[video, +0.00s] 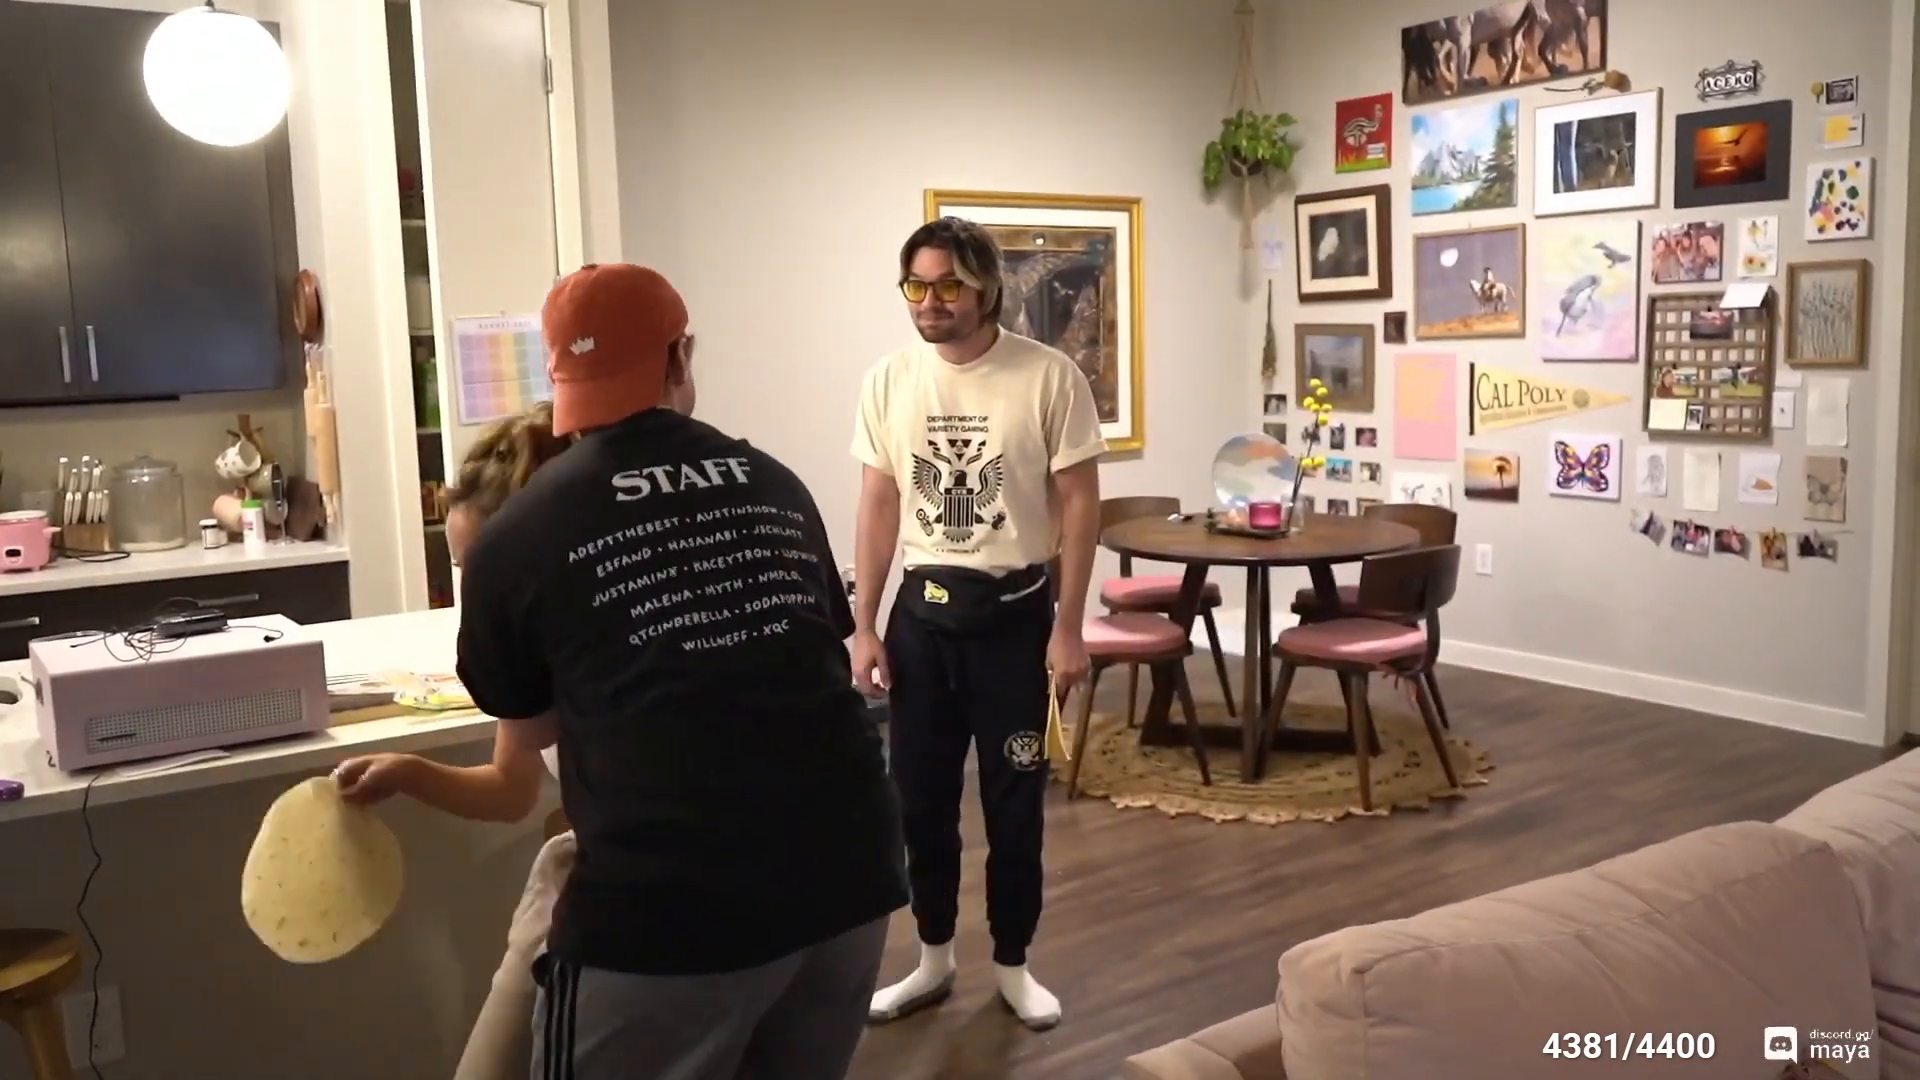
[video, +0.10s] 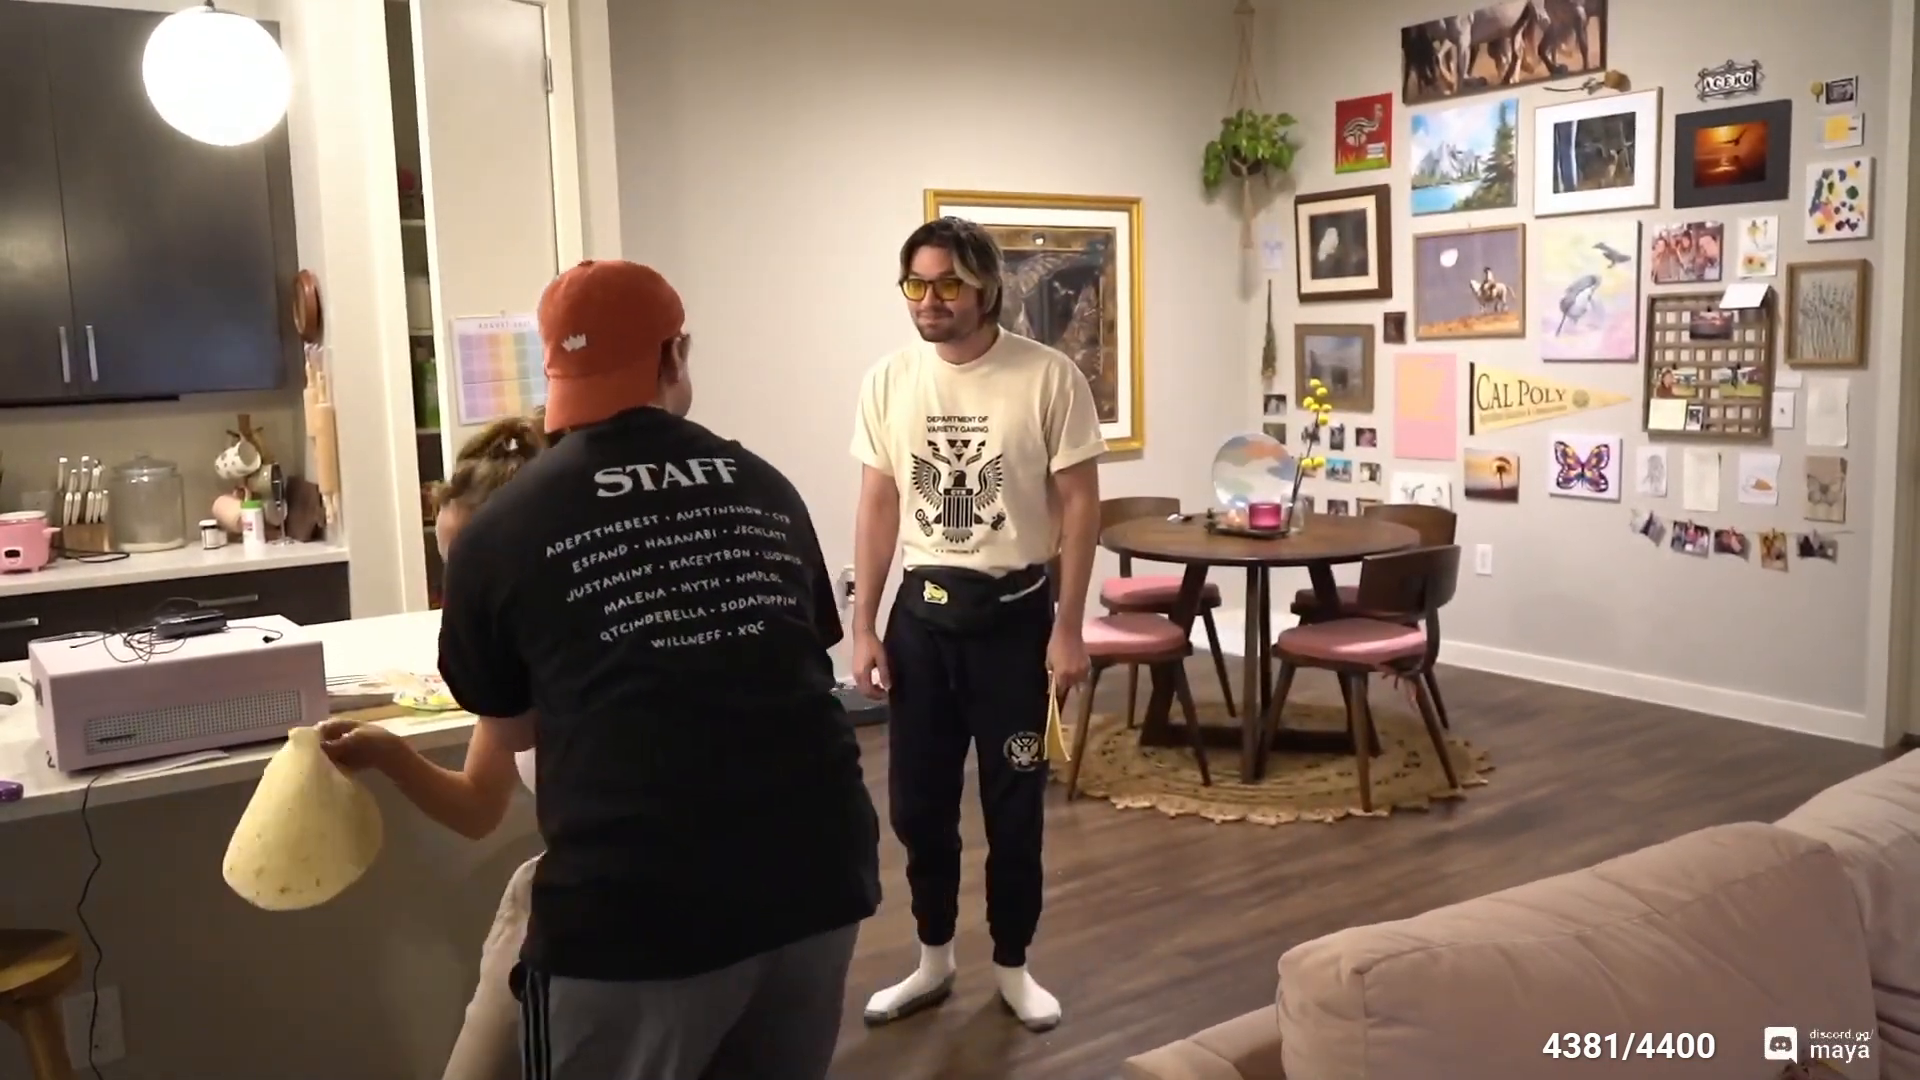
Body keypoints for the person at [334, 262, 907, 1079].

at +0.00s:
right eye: (690, 357)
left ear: (557, 375)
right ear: (680, 357)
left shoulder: (515, 540)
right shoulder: (776, 483)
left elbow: (533, 749)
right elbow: (823, 668)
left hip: (669, 904)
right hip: (851, 880)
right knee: (799, 1068)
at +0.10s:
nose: (691, 369)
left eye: (685, 351)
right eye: (688, 350)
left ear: (556, 368)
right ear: (672, 355)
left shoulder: (502, 530)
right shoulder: (762, 481)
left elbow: (518, 729)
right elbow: (811, 650)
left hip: (636, 910)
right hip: (818, 881)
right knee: (784, 1068)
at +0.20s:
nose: (675, 373)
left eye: (671, 353)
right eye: (671, 353)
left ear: (542, 373)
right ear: (654, 360)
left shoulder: (480, 531)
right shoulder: (746, 484)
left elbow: (492, 735)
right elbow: (798, 659)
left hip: (613, 907)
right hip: (799, 879)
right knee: (759, 1067)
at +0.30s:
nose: (656, 381)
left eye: (652, 360)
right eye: (652, 361)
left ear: (523, 382)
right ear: (635, 368)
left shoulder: (460, 536)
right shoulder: (728, 489)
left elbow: (472, 753)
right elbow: (782, 674)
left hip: (599, 906)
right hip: (787, 877)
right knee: (742, 1069)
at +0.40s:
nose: (645, 379)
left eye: (640, 359)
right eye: (640, 359)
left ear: (510, 383)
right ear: (624, 367)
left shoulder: (454, 538)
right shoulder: (721, 491)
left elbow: (455, 756)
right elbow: (769, 678)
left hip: (591, 919)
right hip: (779, 888)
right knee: (742, 1067)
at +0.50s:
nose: (643, 367)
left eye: (637, 347)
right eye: (638, 348)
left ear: (504, 372)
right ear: (623, 354)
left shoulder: (446, 532)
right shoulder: (719, 483)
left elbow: (446, 763)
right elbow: (750, 682)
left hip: (588, 922)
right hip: (779, 890)